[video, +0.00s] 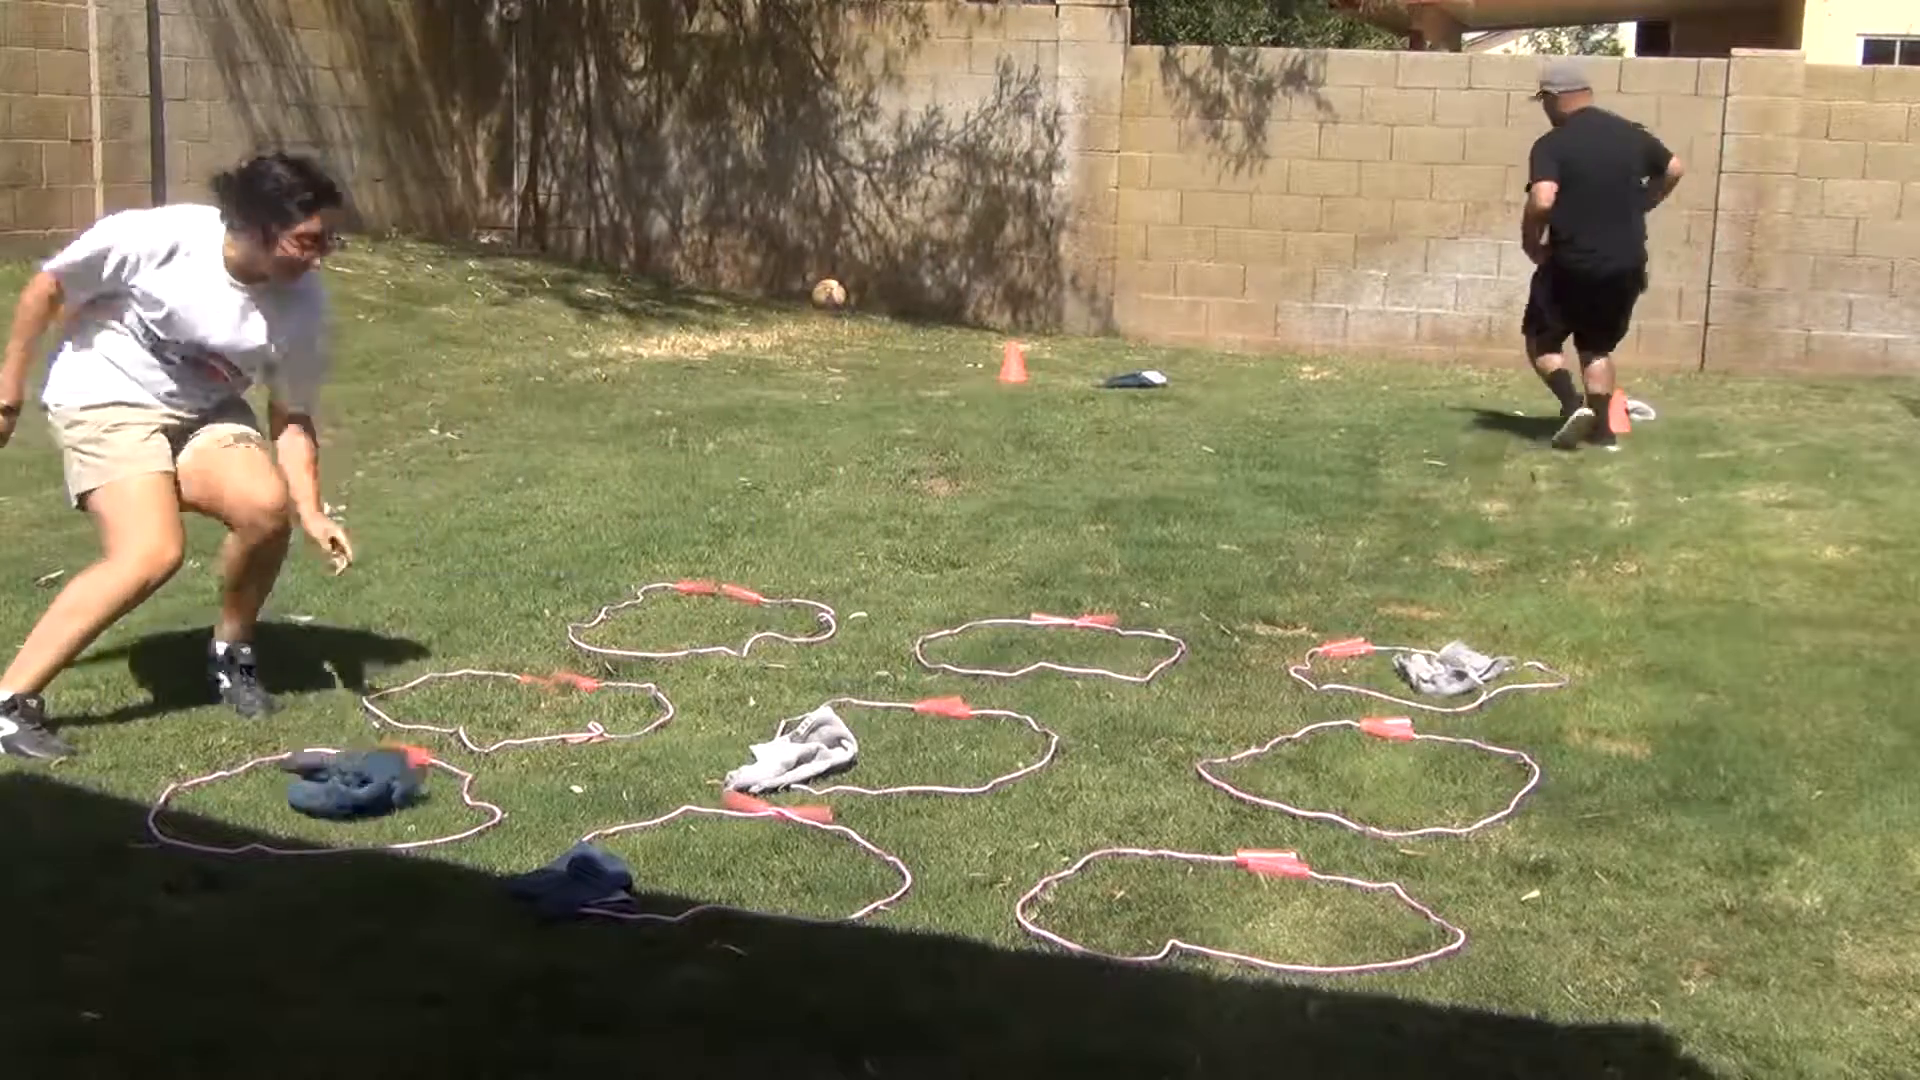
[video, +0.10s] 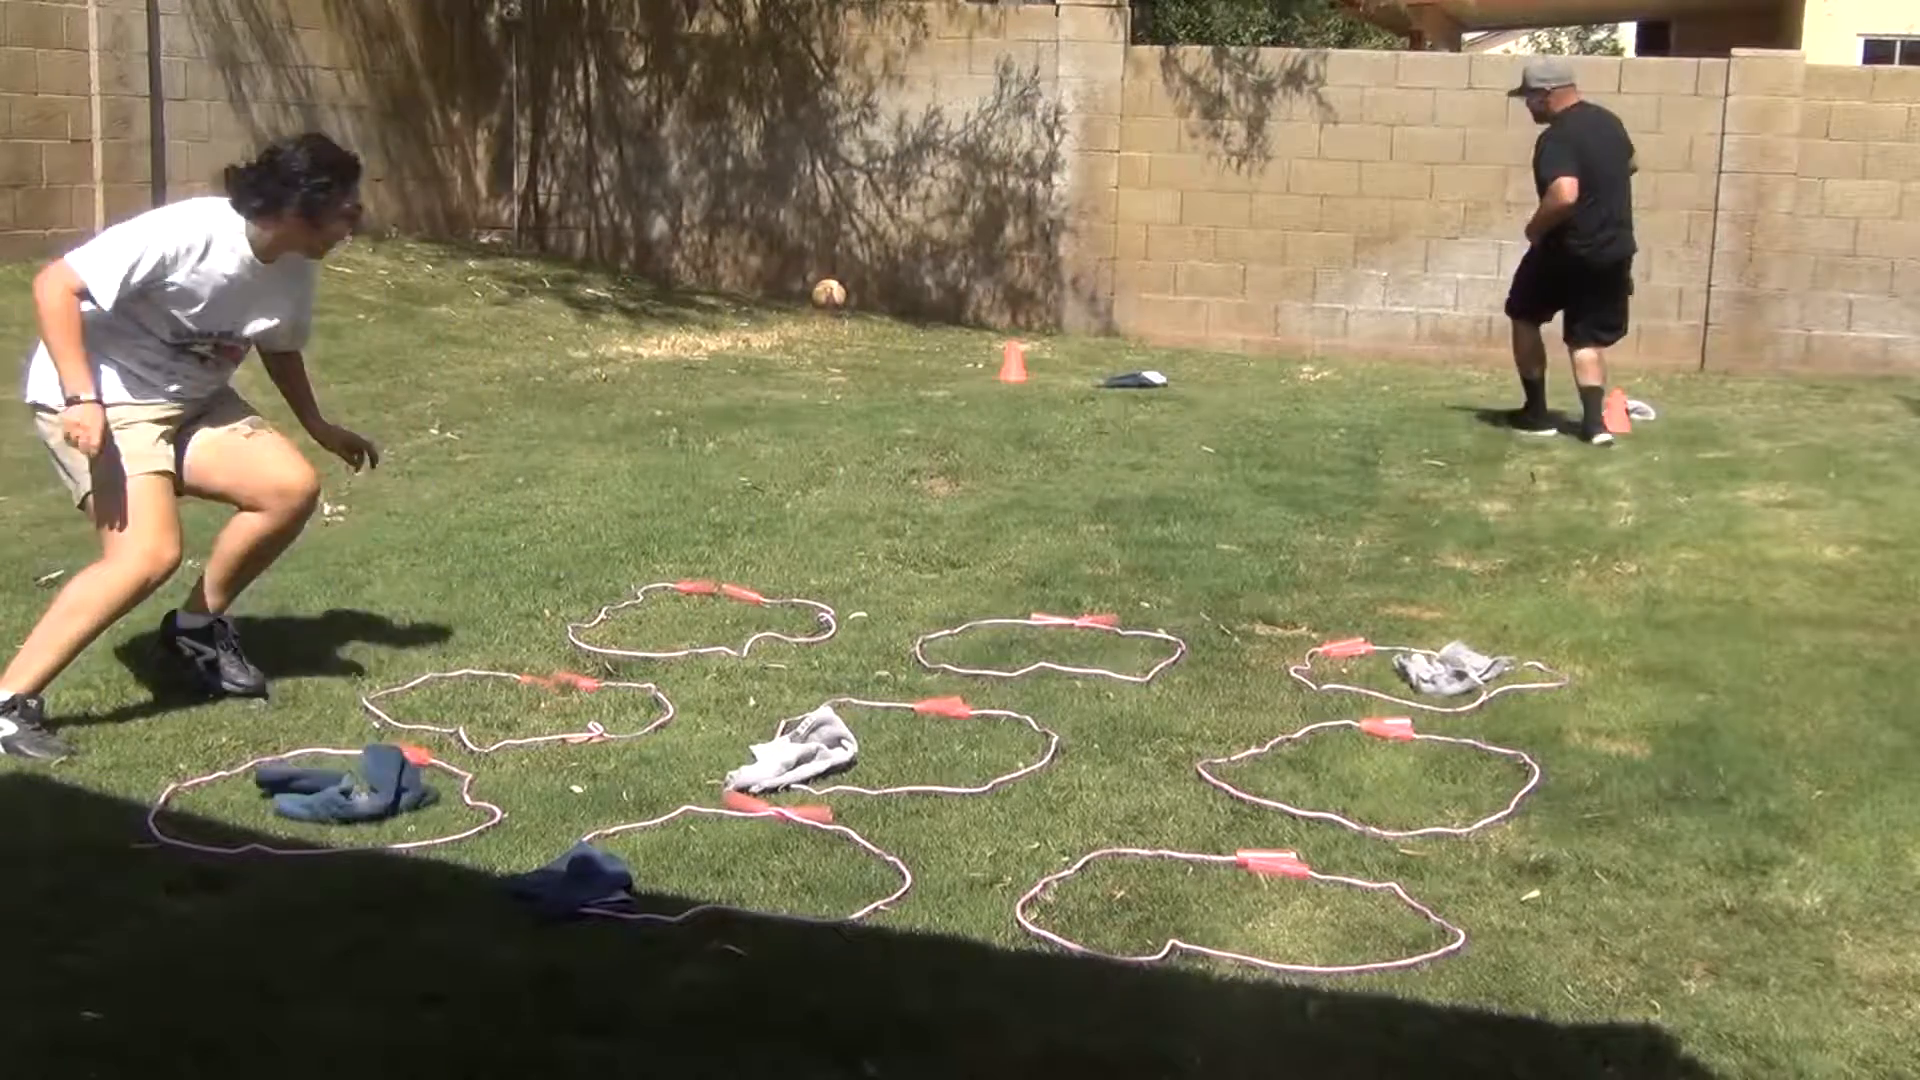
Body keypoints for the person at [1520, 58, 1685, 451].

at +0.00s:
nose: (1544, 108)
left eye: (1545, 100)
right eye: (1543, 101)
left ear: (1556, 99)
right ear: (1587, 94)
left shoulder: (1552, 144)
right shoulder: (1628, 131)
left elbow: (1543, 201)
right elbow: (1673, 169)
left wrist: (1531, 237)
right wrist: (1643, 204)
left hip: (1573, 263)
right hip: (1626, 263)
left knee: (1541, 339)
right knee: (1596, 345)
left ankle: (1573, 404)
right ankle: (1603, 432)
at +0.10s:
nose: (1527, 105)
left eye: (1529, 97)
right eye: (1525, 97)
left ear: (1547, 94)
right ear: (1567, 91)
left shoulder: (1556, 138)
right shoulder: (1607, 121)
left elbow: (1564, 195)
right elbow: (1629, 164)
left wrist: (1536, 226)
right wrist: (1590, 188)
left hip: (1564, 252)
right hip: (1612, 253)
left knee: (1524, 316)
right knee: (1585, 337)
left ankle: (1535, 411)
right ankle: (1595, 424)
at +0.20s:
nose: (1514, 102)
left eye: (1518, 95)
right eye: (1514, 95)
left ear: (1541, 95)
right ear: (1551, 94)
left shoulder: (1552, 134)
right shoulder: (1582, 118)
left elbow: (1578, 190)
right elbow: (1581, 172)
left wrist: (1538, 222)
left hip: (1558, 245)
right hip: (1597, 245)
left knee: (1518, 314)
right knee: (1568, 330)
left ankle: (1519, 404)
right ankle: (1583, 387)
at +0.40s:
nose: (1508, 105)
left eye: (1517, 98)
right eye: (1506, 97)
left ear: (1541, 99)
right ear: (1506, 97)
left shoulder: (1554, 135)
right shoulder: (1521, 130)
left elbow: (1577, 196)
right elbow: (1521, 178)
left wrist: (1537, 225)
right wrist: (1494, 210)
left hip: (1575, 238)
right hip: (1546, 235)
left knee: (1514, 311)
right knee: (1519, 310)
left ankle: (1518, 404)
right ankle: (1557, 385)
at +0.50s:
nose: (1509, 109)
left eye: (1517, 103)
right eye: (1506, 102)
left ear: (1540, 104)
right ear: (1501, 102)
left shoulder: (1560, 139)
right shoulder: (1507, 135)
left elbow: (1590, 194)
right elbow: (1510, 176)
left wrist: (1546, 233)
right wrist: (1498, 209)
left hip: (1575, 236)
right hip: (1543, 234)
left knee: (1511, 307)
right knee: (1527, 309)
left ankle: (1521, 400)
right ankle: (1532, 386)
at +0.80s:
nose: (1543, 202)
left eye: (1548, 197)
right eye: (1534, 198)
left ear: (1555, 174)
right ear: (1516, 181)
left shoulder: (1579, 181)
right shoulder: (1499, 173)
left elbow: (1606, 236)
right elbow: (1489, 209)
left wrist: (1604, 298)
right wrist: (1494, 258)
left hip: (1586, 229)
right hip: (1544, 229)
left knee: (1569, 307)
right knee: (1533, 305)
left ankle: (1578, 393)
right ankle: (1534, 382)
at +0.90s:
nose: (1553, 223)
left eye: (1558, 218)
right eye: (1546, 219)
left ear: (1568, 200)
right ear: (1530, 201)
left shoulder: (1594, 215)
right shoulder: (1512, 190)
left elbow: (1609, 268)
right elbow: (1488, 216)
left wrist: (1614, 328)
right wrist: (1495, 268)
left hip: (1590, 244)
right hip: (1545, 241)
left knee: (1580, 311)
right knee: (1536, 309)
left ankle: (1584, 393)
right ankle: (1565, 366)